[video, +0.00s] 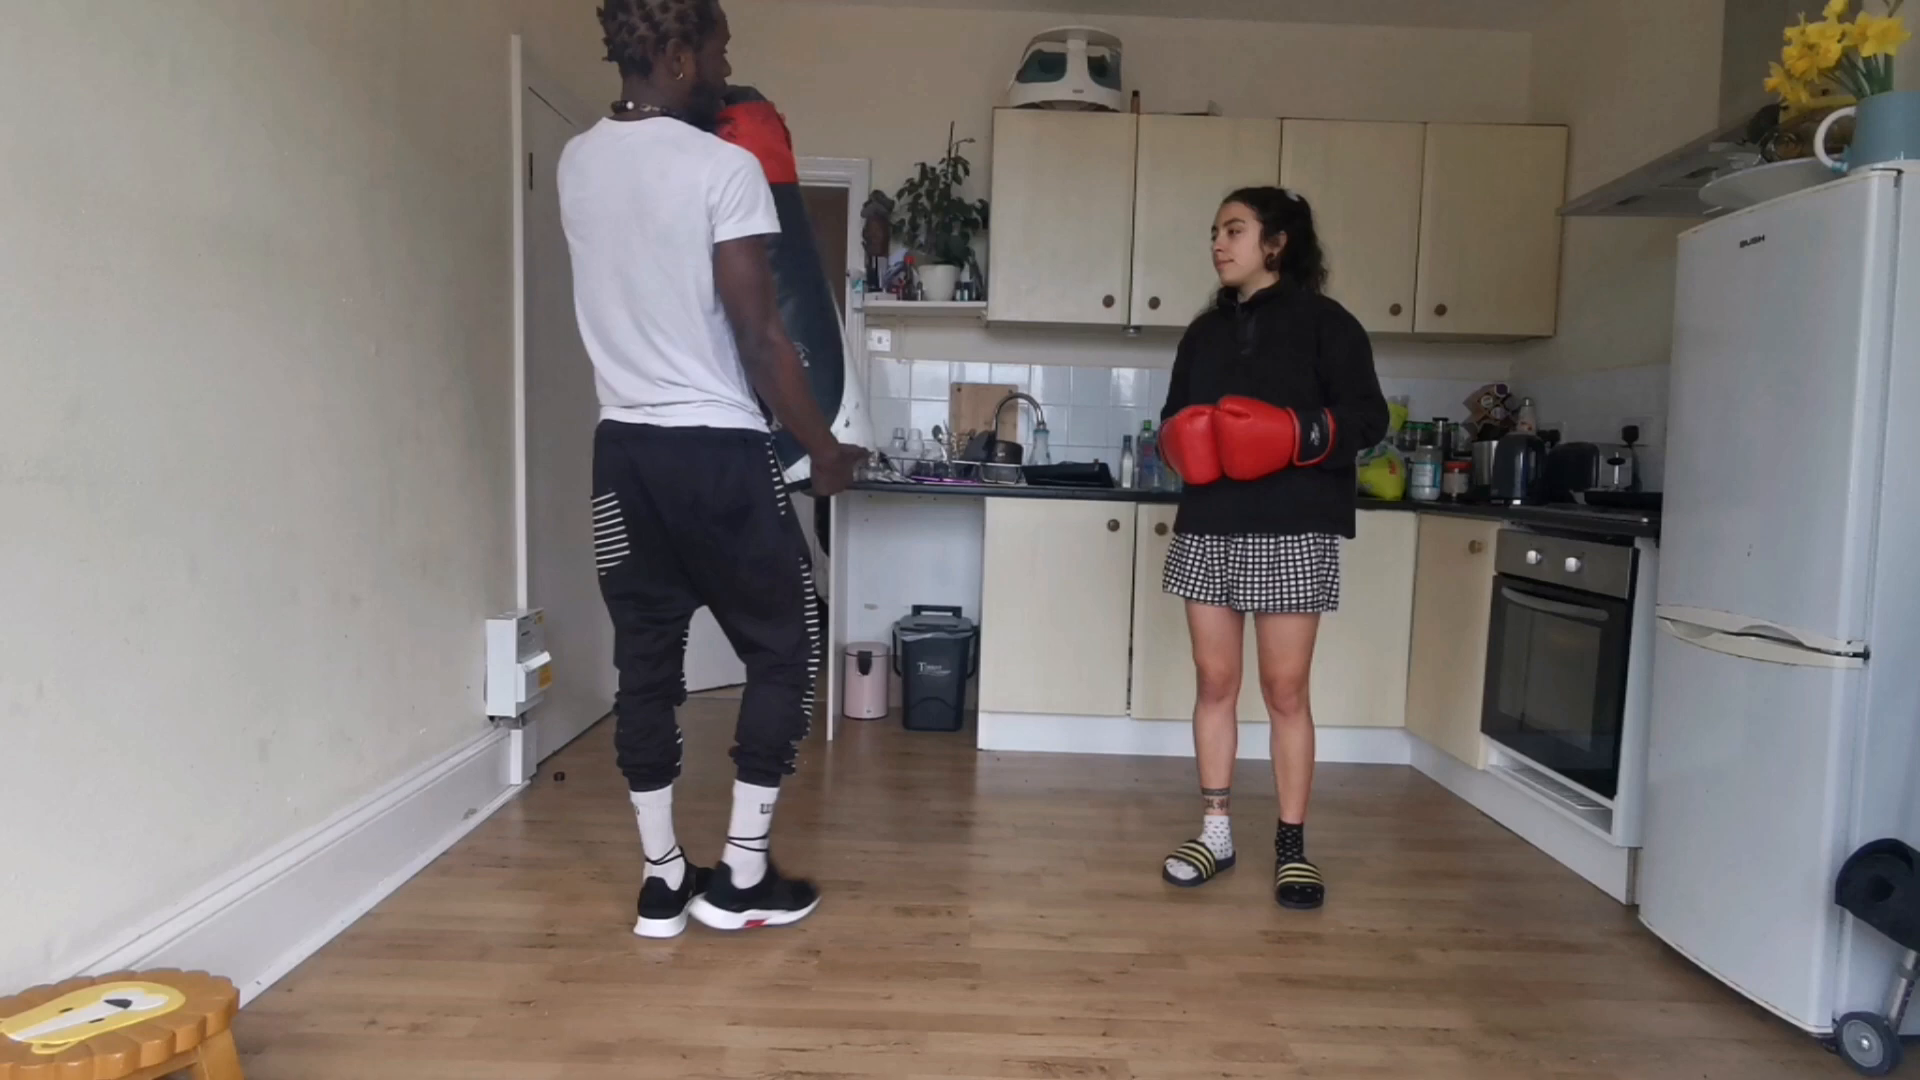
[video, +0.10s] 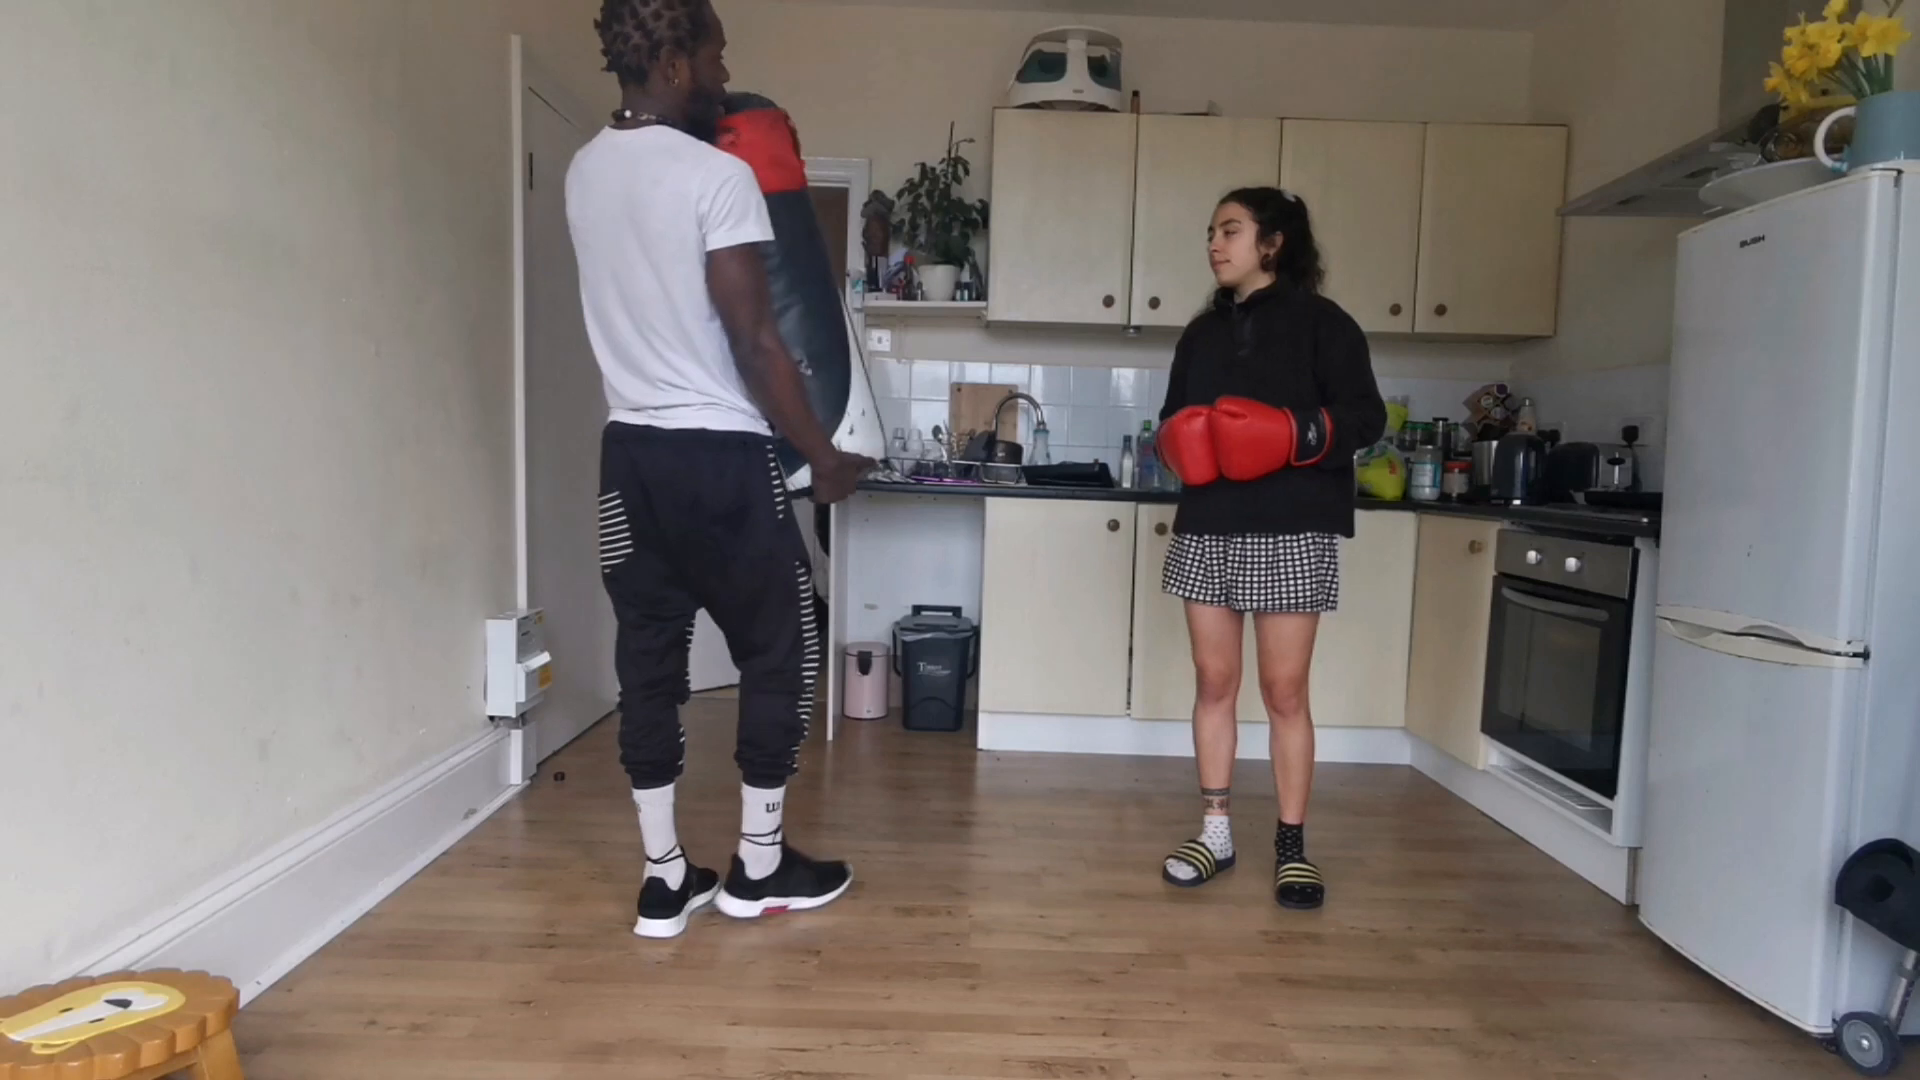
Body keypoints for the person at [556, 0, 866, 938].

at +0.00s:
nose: (721, 69)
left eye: (718, 50)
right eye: (715, 50)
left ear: (625, 54)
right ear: (678, 53)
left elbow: (612, 277)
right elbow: (759, 331)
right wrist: (823, 445)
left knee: (644, 663)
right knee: (782, 650)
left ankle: (662, 878)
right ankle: (745, 874)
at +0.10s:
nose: (724, 76)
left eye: (721, 56)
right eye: (716, 57)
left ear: (632, 63)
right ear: (676, 62)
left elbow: (625, 296)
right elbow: (752, 336)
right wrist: (822, 452)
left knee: (648, 658)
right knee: (778, 647)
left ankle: (664, 873)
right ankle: (762, 862)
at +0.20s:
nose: (726, 93)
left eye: (722, 74)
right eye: (715, 74)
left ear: (636, 84)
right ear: (676, 80)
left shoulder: (606, 188)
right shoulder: (706, 196)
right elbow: (744, 359)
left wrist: (737, 146)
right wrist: (819, 471)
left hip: (652, 455)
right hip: (732, 459)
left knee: (677, 659)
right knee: (769, 656)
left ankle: (667, 870)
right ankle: (762, 854)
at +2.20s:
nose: (726, 143)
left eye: (723, 129)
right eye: (711, 132)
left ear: (679, 146)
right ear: (667, 147)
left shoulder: (710, 234)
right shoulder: (671, 239)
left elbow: (787, 310)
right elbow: (727, 369)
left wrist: (825, 218)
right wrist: (781, 475)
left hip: (744, 452)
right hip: (712, 456)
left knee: (750, 625)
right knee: (742, 629)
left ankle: (734, 789)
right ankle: (689, 820)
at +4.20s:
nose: (746, 147)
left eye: (740, 133)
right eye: (730, 135)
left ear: (694, 151)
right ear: (687, 150)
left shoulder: (718, 234)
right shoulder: (685, 239)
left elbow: (794, 314)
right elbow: (735, 378)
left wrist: (853, 237)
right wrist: (790, 483)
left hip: (753, 452)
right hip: (726, 454)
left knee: (764, 619)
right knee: (743, 622)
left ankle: (739, 783)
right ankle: (714, 807)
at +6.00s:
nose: (727, 151)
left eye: (723, 137)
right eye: (713, 138)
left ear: (679, 150)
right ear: (670, 148)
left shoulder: (705, 234)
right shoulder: (671, 240)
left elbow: (777, 310)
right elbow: (710, 374)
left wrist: (819, 222)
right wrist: (754, 485)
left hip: (742, 452)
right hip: (705, 457)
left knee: (765, 614)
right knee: (718, 622)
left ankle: (724, 769)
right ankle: (699, 808)